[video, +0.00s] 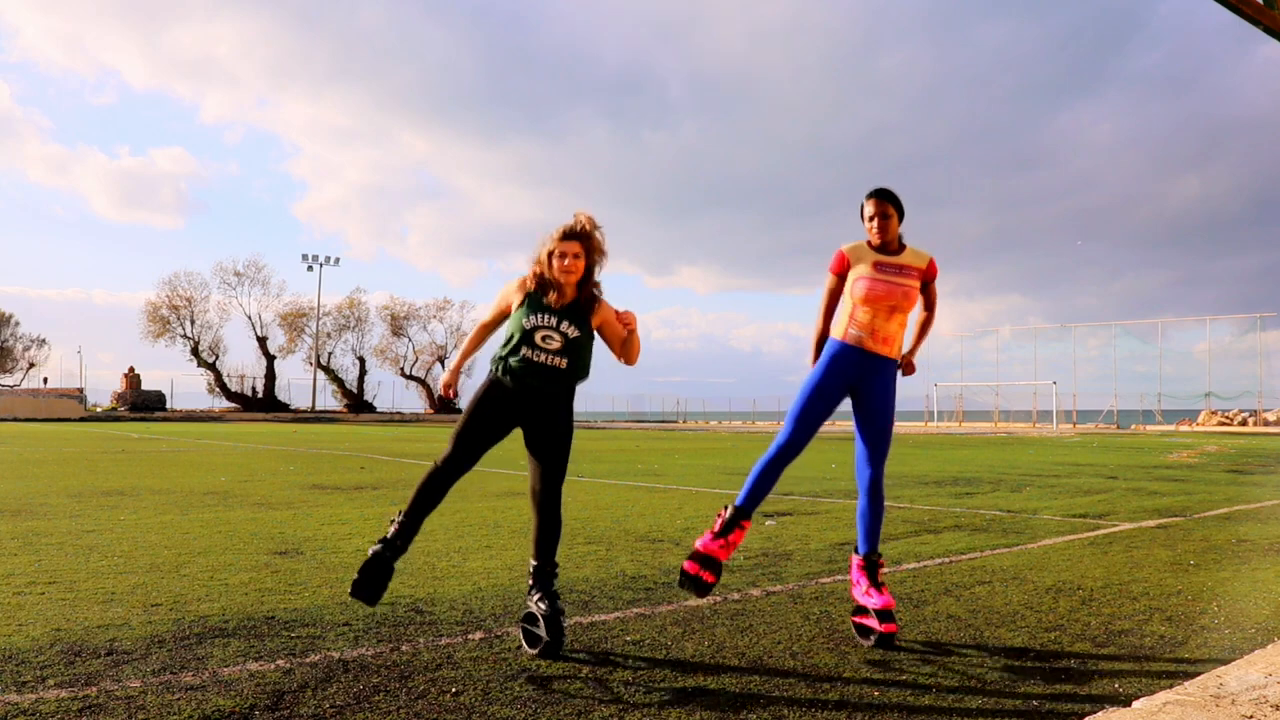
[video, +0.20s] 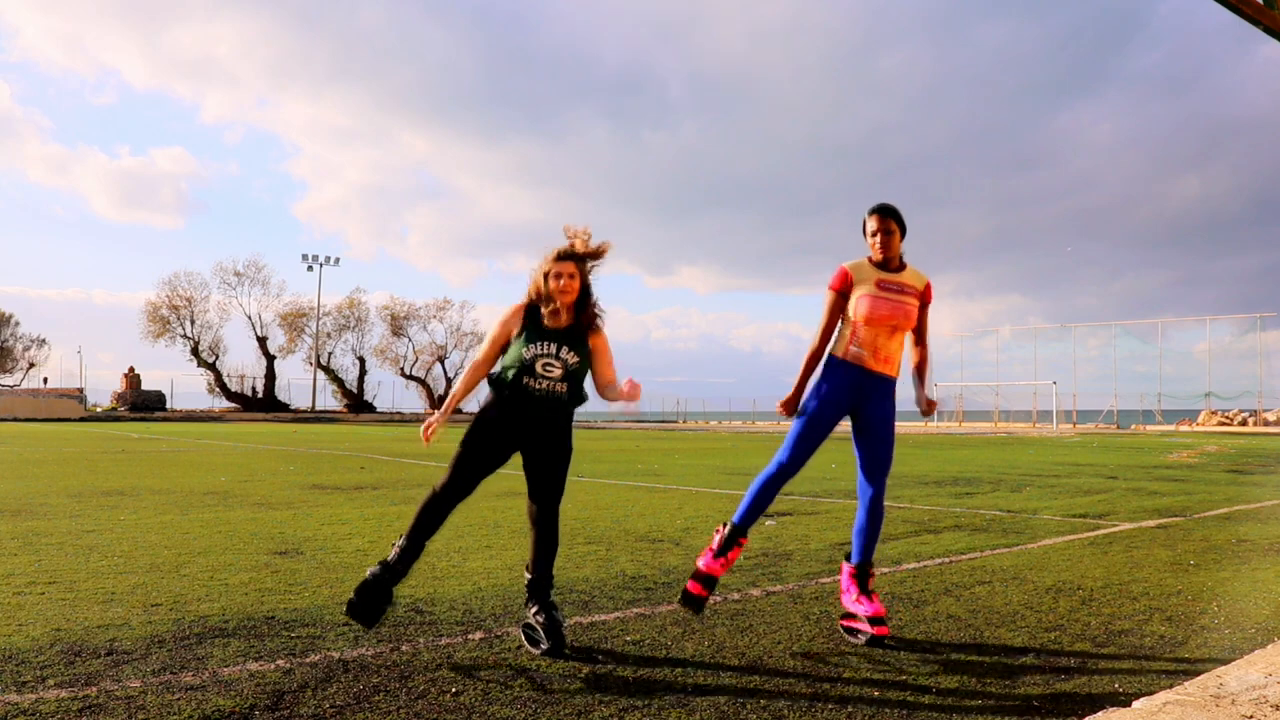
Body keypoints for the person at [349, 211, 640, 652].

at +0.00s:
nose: (568, 263)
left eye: (576, 257)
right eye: (561, 255)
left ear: (588, 264)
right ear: (549, 259)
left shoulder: (594, 308)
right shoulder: (524, 290)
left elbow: (628, 357)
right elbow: (488, 324)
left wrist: (632, 331)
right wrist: (455, 367)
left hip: (553, 406)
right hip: (503, 390)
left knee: (547, 496)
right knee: (452, 463)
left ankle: (542, 590)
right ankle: (393, 545)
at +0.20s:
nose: (564, 283)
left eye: (571, 277)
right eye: (557, 276)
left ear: (582, 284)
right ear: (545, 282)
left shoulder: (591, 333)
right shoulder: (521, 316)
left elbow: (607, 386)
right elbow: (482, 364)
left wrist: (622, 393)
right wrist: (445, 410)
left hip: (551, 429)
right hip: (502, 418)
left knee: (545, 515)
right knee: (449, 491)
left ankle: (539, 605)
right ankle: (390, 572)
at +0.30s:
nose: (544, 282)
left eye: (553, 276)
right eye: (538, 274)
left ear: (566, 283)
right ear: (527, 280)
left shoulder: (577, 329)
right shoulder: (506, 316)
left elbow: (582, 380)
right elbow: (476, 366)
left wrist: (578, 426)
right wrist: (477, 401)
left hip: (548, 430)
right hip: (498, 422)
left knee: (543, 516)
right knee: (455, 498)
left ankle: (539, 606)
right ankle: (428, 586)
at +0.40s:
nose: (526, 267)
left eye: (534, 260)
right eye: (519, 260)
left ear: (547, 263)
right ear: (508, 263)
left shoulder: (564, 309)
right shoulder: (492, 298)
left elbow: (574, 364)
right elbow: (462, 345)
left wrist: (571, 413)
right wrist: (484, 355)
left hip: (545, 413)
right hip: (496, 407)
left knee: (545, 500)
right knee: (468, 489)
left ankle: (546, 595)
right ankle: (454, 586)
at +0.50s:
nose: (504, 260)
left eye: (512, 253)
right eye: (497, 253)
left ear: (524, 258)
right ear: (485, 257)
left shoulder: (542, 292)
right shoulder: (468, 290)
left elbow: (565, 344)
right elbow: (431, 340)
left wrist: (585, 398)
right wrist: (458, 325)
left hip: (540, 397)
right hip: (491, 398)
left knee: (556, 484)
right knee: (482, 490)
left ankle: (577, 578)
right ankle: (480, 585)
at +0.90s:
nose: (465, 258)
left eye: (473, 251)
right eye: (458, 251)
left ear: (485, 254)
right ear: (446, 256)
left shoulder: (505, 287)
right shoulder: (431, 300)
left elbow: (542, 324)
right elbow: (418, 358)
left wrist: (576, 362)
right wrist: (425, 336)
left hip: (519, 390)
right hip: (470, 401)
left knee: (571, 462)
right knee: (473, 496)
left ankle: (622, 536)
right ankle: (479, 591)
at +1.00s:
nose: (461, 258)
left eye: (469, 251)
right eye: (454, 252)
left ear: (482, 257)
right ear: (443, 258)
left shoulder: (505, 289)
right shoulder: (429, 302)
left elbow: (542, 327)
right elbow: (417, 360)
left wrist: (578, 362)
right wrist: (423, 335)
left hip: (517, 390)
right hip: (468, 401)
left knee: (566, 466)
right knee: (467, 495)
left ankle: (623, 544)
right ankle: (470, 589)